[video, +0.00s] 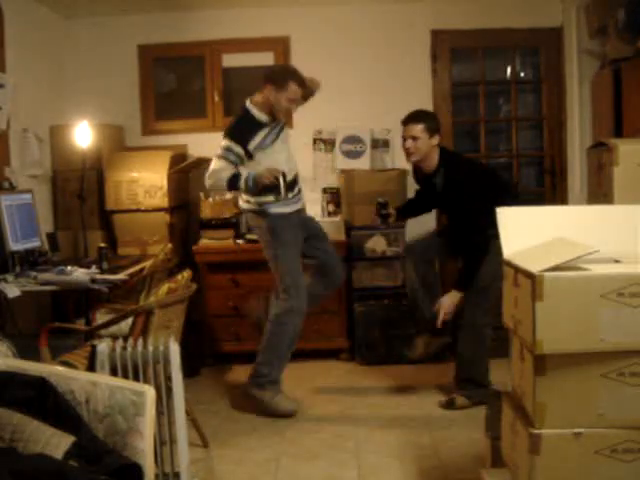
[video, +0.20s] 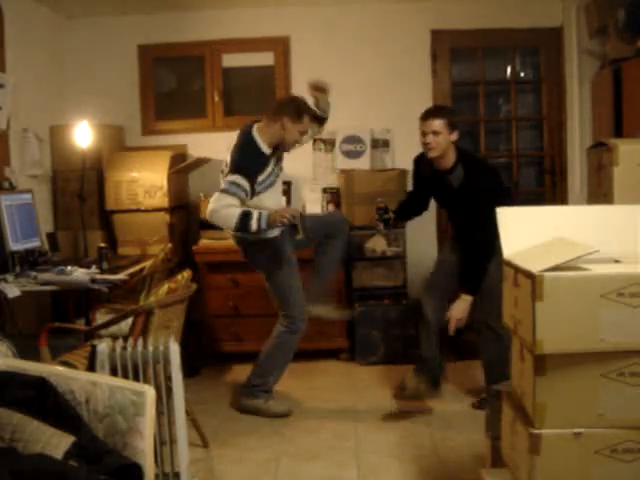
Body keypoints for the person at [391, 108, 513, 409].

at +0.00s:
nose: (406, 145)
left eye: (413, 139)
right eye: (404, 139)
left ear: (434, 139)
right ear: (403, 140)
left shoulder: (462, 173)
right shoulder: (421, 170)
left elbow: (478, 238)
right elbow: (430, 198)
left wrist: (459, 289)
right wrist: (397, 214)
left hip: (495, 235)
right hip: (461, 231)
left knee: (476, 307)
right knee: (416, 252)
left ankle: (474, 387)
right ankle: (431, 328)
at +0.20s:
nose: (427, 139)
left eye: (435, 133)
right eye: (424, 133)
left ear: (453, 136)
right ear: (421, 136)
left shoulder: (479, 172)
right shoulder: (425, 165)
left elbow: (485, 239)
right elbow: (420, 199)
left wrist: (467, 295)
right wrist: (394, 217)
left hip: (490, 247)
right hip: (458, 244)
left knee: (488, 316)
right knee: (433, 298)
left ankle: (497, 388)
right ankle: (429, 377)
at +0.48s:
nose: (434, 118)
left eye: (441, 112)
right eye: (428, 112)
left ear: (453, 114)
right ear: (419, 115)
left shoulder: (476, 145)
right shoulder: (411, 147)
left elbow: (515, 193)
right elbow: (399, 190)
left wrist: (507, 242)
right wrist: (391, 210)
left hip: (485, 221)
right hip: (445, 223)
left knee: (488, 294)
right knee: (438, 288)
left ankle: (497, 376)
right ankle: (452, 366)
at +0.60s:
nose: (434, 126)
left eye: (440, 119)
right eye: (428, 119)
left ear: (450, 121)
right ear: (417, 121)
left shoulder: (467, 148)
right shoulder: (404, 155)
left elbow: (505, 181)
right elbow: (390, 195)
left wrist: (526, 210)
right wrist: (387, 213)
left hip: (474, 230)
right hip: (433, 232)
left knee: (484, 293)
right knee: (430, 300)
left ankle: (503, 355)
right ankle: (429, 377)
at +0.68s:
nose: (436, 132)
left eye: (442, 126)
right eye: (429, 126)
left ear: (450, 127)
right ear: (416, 129)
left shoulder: (470, 160)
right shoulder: (402, 163)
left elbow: (503, 201)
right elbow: (382, 206)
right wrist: (386, 221)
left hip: (469, 245)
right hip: (427, 247)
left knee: (483, 307)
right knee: (422, 310)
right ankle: (427, 381)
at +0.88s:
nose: (453, 124)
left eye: (458, 117)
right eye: (445, 117)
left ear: (463, 118)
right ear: (429, 119)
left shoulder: (474, 148)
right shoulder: (407, 156)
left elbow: (494, 185)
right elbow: (381, 204)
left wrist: (494, 219)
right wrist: (394, 218)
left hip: (469, 231)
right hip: (429, 235)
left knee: (480, 288)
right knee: (435, 304)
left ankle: (484, 356)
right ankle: (428, 379)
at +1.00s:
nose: (470, 119)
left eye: (474, 113)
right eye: (462, 112)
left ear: (478, 115)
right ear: (442, 114)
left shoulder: (479, 146)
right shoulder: (419, 150)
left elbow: (487, 183)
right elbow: (391, 199)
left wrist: (490, 214)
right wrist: (408, 217)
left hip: (466, 225)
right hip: (427, 229)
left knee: (477, 289)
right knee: (432, 298)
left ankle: (480, 368)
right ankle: (425, 377)